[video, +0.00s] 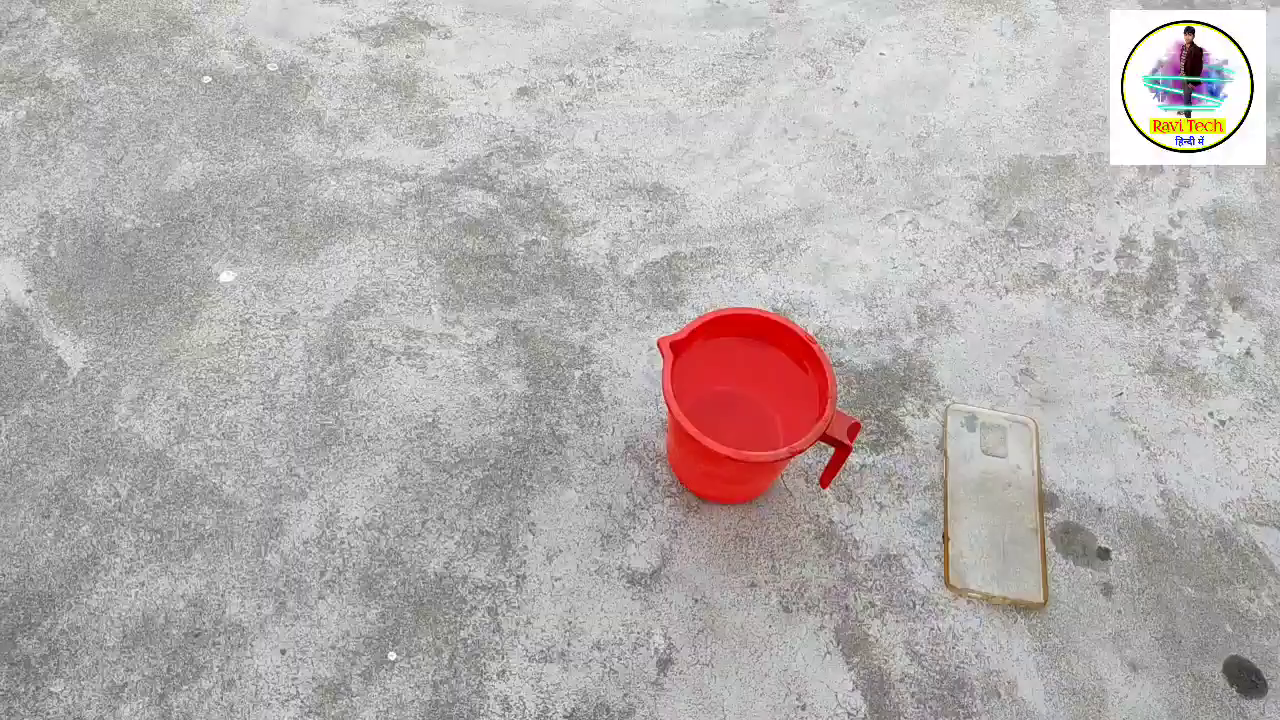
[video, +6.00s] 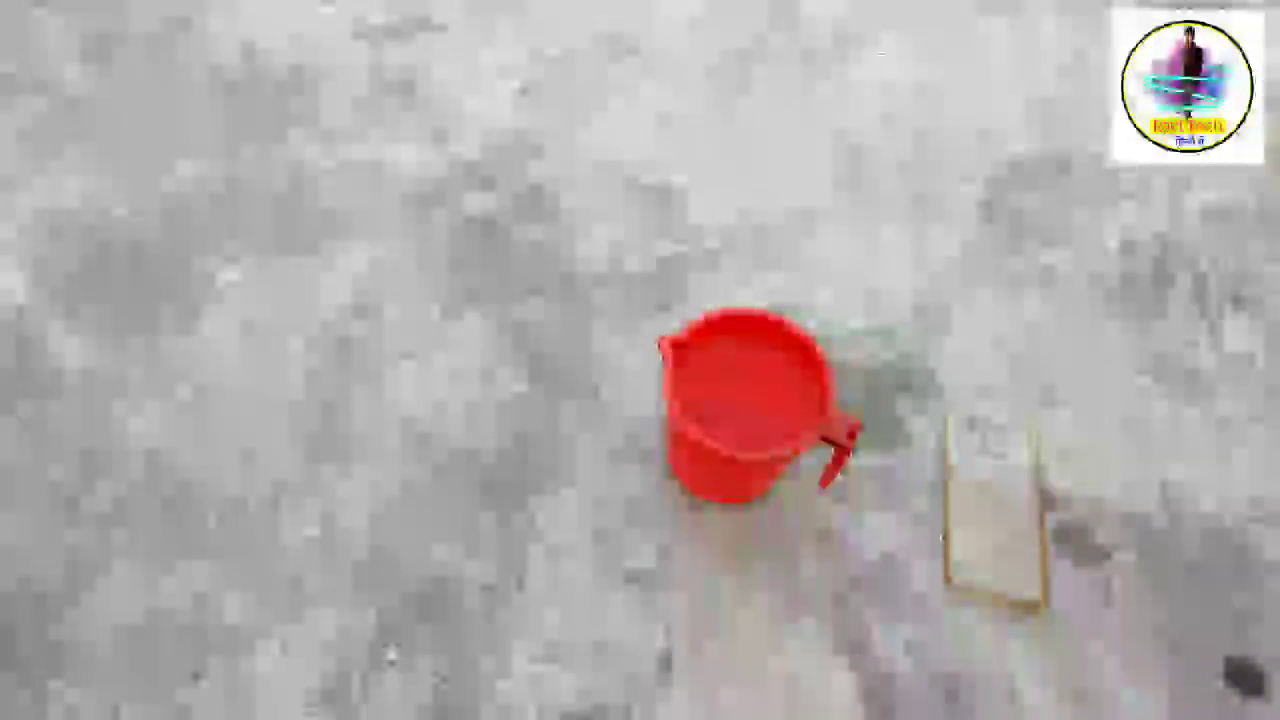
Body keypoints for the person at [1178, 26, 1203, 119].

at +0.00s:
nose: (1187, 37)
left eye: (1189, 35)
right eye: (1185, 34)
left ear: (1193, 36)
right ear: (1183, 36)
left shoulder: (1197, 50)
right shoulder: (1183, 48)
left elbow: (1198, 67)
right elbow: (1182, 61)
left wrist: (1194, 81)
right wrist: (1181, 72)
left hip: (1191, 76)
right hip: (1183, 75)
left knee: (1187, 96)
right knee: (1185, 96)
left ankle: (1188, 115)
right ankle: (1186, 113)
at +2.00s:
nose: (1187, 38)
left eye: (1189, 36)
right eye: (1186, 36)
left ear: (1193, 36)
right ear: (1184, 36)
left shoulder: (1197, 50)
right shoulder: (1182, 50)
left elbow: (1199, 64)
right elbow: (1177, 62)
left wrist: (1198, 75)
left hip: (1194, 75)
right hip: (1184, 74)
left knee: (1190, 93)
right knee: (1185, 93)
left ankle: (1188, 112)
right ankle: (1186, 112)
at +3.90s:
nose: (1187, 38)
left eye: (1189, 36)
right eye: (1186, 36)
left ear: (1193, 36)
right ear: (1184, 36)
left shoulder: (1197, 50)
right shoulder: (1181, 49)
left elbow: (1199, 64)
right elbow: (1176, 61)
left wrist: (1197, 75)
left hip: (1193, 75)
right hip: (1183, 74)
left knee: (1190, 93)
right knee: (1185, 93)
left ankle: (1188, 111)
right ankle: (1186, 111)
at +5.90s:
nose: (1188, 38)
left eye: (1190, 35)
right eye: (1186, 35)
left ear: (1193, 36)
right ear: (1184, 36)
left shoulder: (1198, 50)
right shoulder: (1182, 49)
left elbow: (1199, 64)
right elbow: (1178, 62)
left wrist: (1198, 74)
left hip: (1194, 74)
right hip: (1184, 74)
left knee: (1191, 92)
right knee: (1185, 92)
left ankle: (1189, 111)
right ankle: (1186, 111)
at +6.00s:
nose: (1189, 38)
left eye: (1191, 35)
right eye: (1187, 35)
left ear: (1194, 36)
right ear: (1184, 36)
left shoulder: (1198, 50)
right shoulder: (1182, 50)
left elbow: (1200, 64)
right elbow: (1176, 62)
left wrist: (1197, 74)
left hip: (1194, 74)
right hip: (1184, 74)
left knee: (1191, 92)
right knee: (1185, 92)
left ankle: (1189, 111)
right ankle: (1186, 112)